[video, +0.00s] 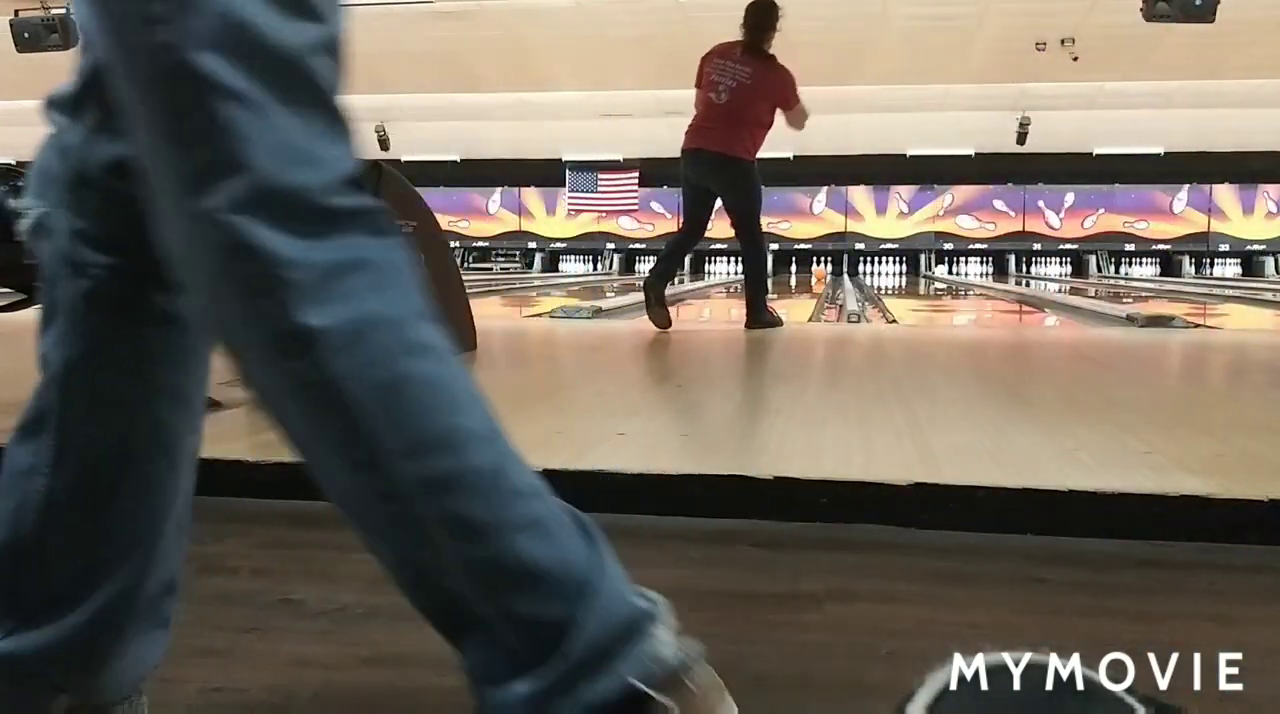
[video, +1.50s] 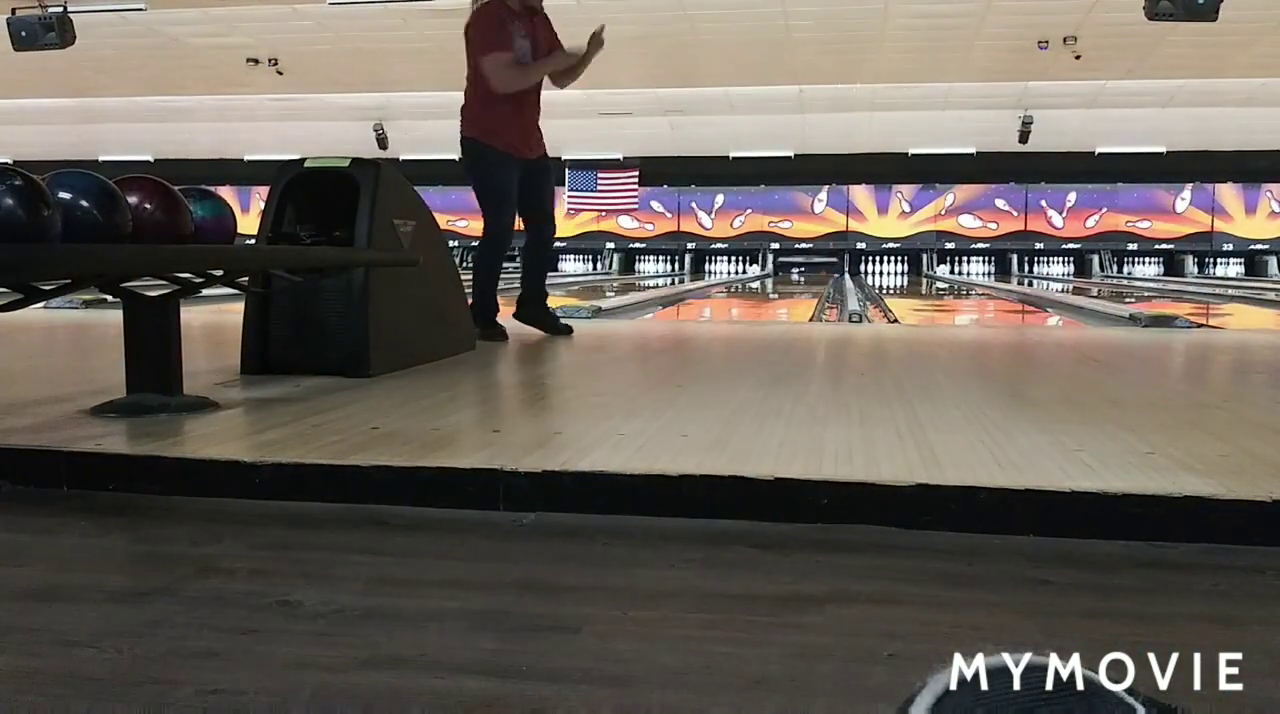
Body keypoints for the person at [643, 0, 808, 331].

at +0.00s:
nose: (773, 31)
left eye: (769, 24)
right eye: (774, 25)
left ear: (744, 24)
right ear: (773, 29)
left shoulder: (715, 54)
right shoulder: (776, 73)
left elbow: (701, 102)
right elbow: (797, 121)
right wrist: (795, 102)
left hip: (694, 154)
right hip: (734, 162)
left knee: (691, 229)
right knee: (750, 236)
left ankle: (655, 284)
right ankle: (757, 311)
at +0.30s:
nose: (720, 35)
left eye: (719, 29)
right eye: (720, 30)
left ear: (688, 27)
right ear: (716, 32)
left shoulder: (657, 61)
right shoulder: (713, 74)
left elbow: (643, 114)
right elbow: (707, 129)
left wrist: (656, 146)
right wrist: (708, 180)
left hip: (645, 166)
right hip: (683, 171)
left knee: (656, 243)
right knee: (719, 241)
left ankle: (637, 313)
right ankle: (747, 305)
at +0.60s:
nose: (670, 17)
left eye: (670, 11)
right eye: (670, 11)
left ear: (637, 9)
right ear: (665, 13)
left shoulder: (606, 41)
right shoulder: (663, 53)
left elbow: (585, 93)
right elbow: (659, 108)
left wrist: (575, 139)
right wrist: (660, 160)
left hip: (602, 150)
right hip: (636, 153)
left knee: (626, 231)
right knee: (651, 232)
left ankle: (636, 311)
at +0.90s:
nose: (620, 19)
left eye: (620, 12)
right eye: (619, 12)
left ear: (585, 10)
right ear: (611, 15)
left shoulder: (557, 44)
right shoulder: (604, 59)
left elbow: (550, 102)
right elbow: (610, 125)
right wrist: (637, 144)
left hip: (550, 156)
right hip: (574, 162)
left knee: (597, 238)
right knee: (559, 244)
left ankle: (629, 311)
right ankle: (495, 309)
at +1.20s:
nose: (568, 9)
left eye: (567, 4)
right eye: (565, 4)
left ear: (537, 6)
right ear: (555, 7)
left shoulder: (527, 39)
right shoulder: (528, 43)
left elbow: (512, 107)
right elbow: (510, 107)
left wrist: (548, 142)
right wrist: (549, 139)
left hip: (538, 161)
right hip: (523, 162)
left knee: (579, 231)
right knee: (540, 244)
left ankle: (600, 311)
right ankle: (485, 315)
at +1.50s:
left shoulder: (538, 19)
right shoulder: (488, 16)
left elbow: (560, 78)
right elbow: (501, 79)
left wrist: (588, 55)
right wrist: (552, 62)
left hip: (528, 141)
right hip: (488, 140)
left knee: (542, 226)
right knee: (499, 227)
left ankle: (532, 305)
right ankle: (483, 315)